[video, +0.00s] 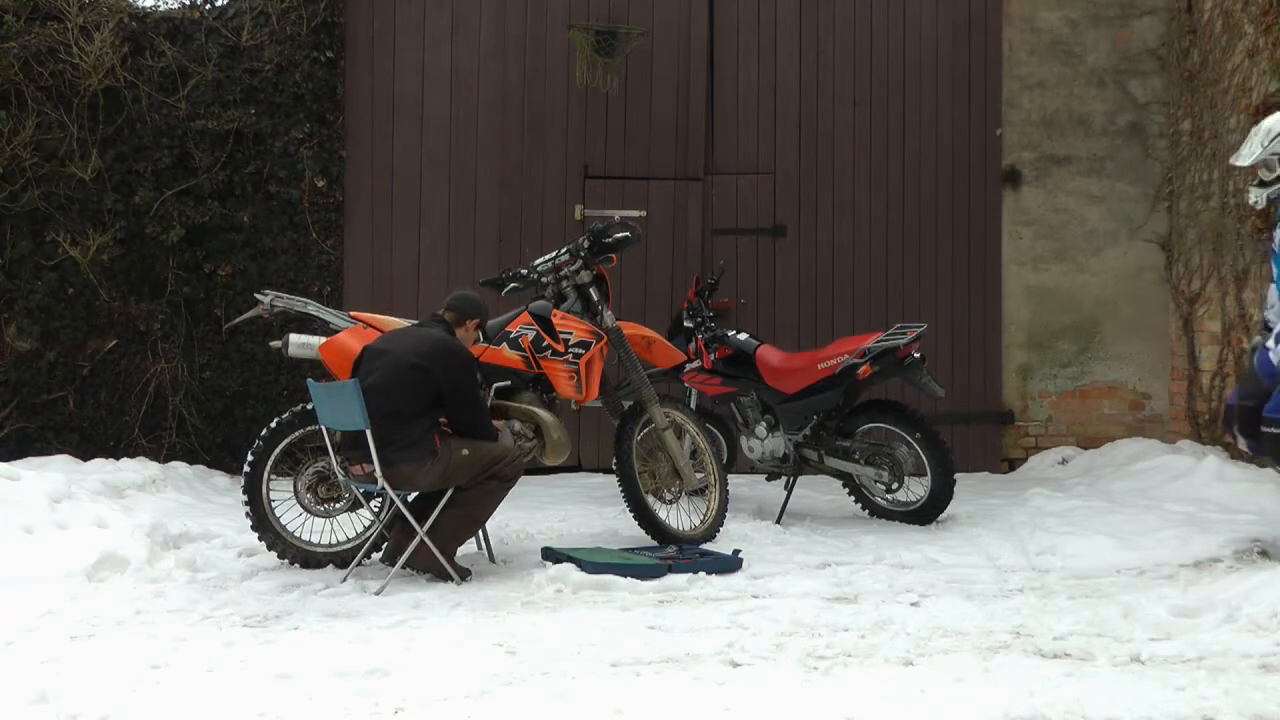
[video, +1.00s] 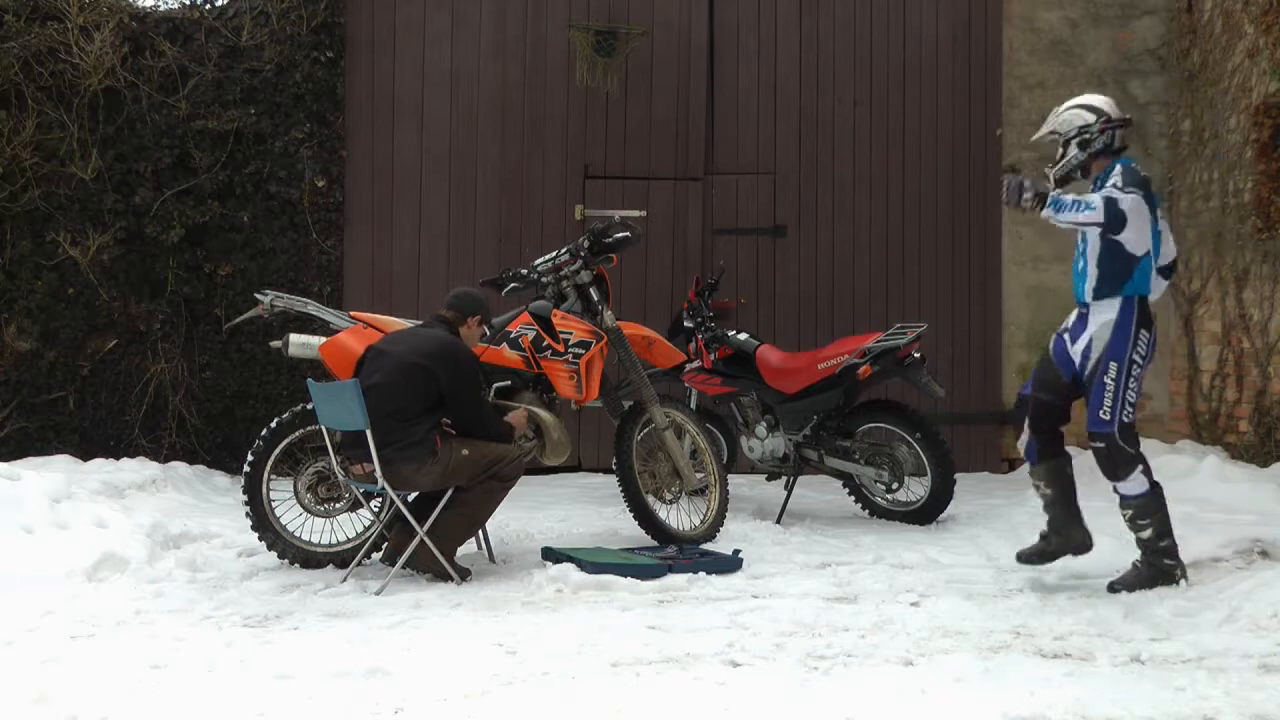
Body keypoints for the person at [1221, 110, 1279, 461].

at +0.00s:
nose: (1259, 181)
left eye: (1267, 169)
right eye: (1257, 170)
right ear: (1264, 168)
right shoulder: (1277, 230)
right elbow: (1272, 319)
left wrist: (1253, 388)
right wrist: (1251, 387)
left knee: (1266, 424)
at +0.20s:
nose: (1225, 151)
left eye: (1231, 140)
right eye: (1223, 142)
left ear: (1256, 135)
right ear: (1254, 137)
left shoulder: (1275, 182)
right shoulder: (1262, 181)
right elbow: (1264, 218)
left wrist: (1235, 221)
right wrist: (1232, 223)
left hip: (1276, 308)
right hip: (1252, 305)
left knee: (1268, 427)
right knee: (1196, 392)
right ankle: (1225, 510)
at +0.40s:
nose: (1181, 159)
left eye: (1188, 149)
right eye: (1181, 150)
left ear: (1213, 147)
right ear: (1219, 148)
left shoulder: (1249, 188)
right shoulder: (1226, 194)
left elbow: (1269, 263)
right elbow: (1210, 240)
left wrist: (1256, 330)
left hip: (1236, 322)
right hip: (1215, 321)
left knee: (1177, 427)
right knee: (1206, 428)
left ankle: (1274, 489)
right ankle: (1236, 542)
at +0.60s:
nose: (1140, 143)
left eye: (1148, 132)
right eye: (1140, 133)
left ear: (1177, 129)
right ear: (1177, 131)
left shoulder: (1225, 179)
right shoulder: (1163, 188)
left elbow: (1266, 244)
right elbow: (1121, 214)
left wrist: (1240, 278)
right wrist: (1068, 207)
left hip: (1207, 311)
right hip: (1181, 314)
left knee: (1135, 406)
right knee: (1198, 425)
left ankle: (1170, 534)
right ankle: (1236, 540)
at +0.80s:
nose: (1104, 164)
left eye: (1112, 155)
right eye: (1105, 155)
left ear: (1140, 156)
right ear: (1134, 161)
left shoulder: (1177, 203)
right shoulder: (1130, 214)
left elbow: (1194, 230)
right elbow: (1121, 290)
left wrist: (1169, 179)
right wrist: (1108, 343)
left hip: (1169, 332)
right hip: (1129, 333)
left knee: (1121, 443)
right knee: (1084, 435)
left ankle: (1162, 562)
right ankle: (1173, 484)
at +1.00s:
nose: (1061, 157)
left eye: (1066, 146)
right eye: (1060, 148)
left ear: (1090, 141)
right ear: (1099, 143)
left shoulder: (1123, 182)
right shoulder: (1124, 188)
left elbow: (1112, 215)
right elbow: (1166, 255)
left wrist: (1041, 199)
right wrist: (1137, 299)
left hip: (1122, 323)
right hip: (1086, 319)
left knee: (1110, 437)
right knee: (1036, 410)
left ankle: (1160, 557)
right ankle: (1065, 526)